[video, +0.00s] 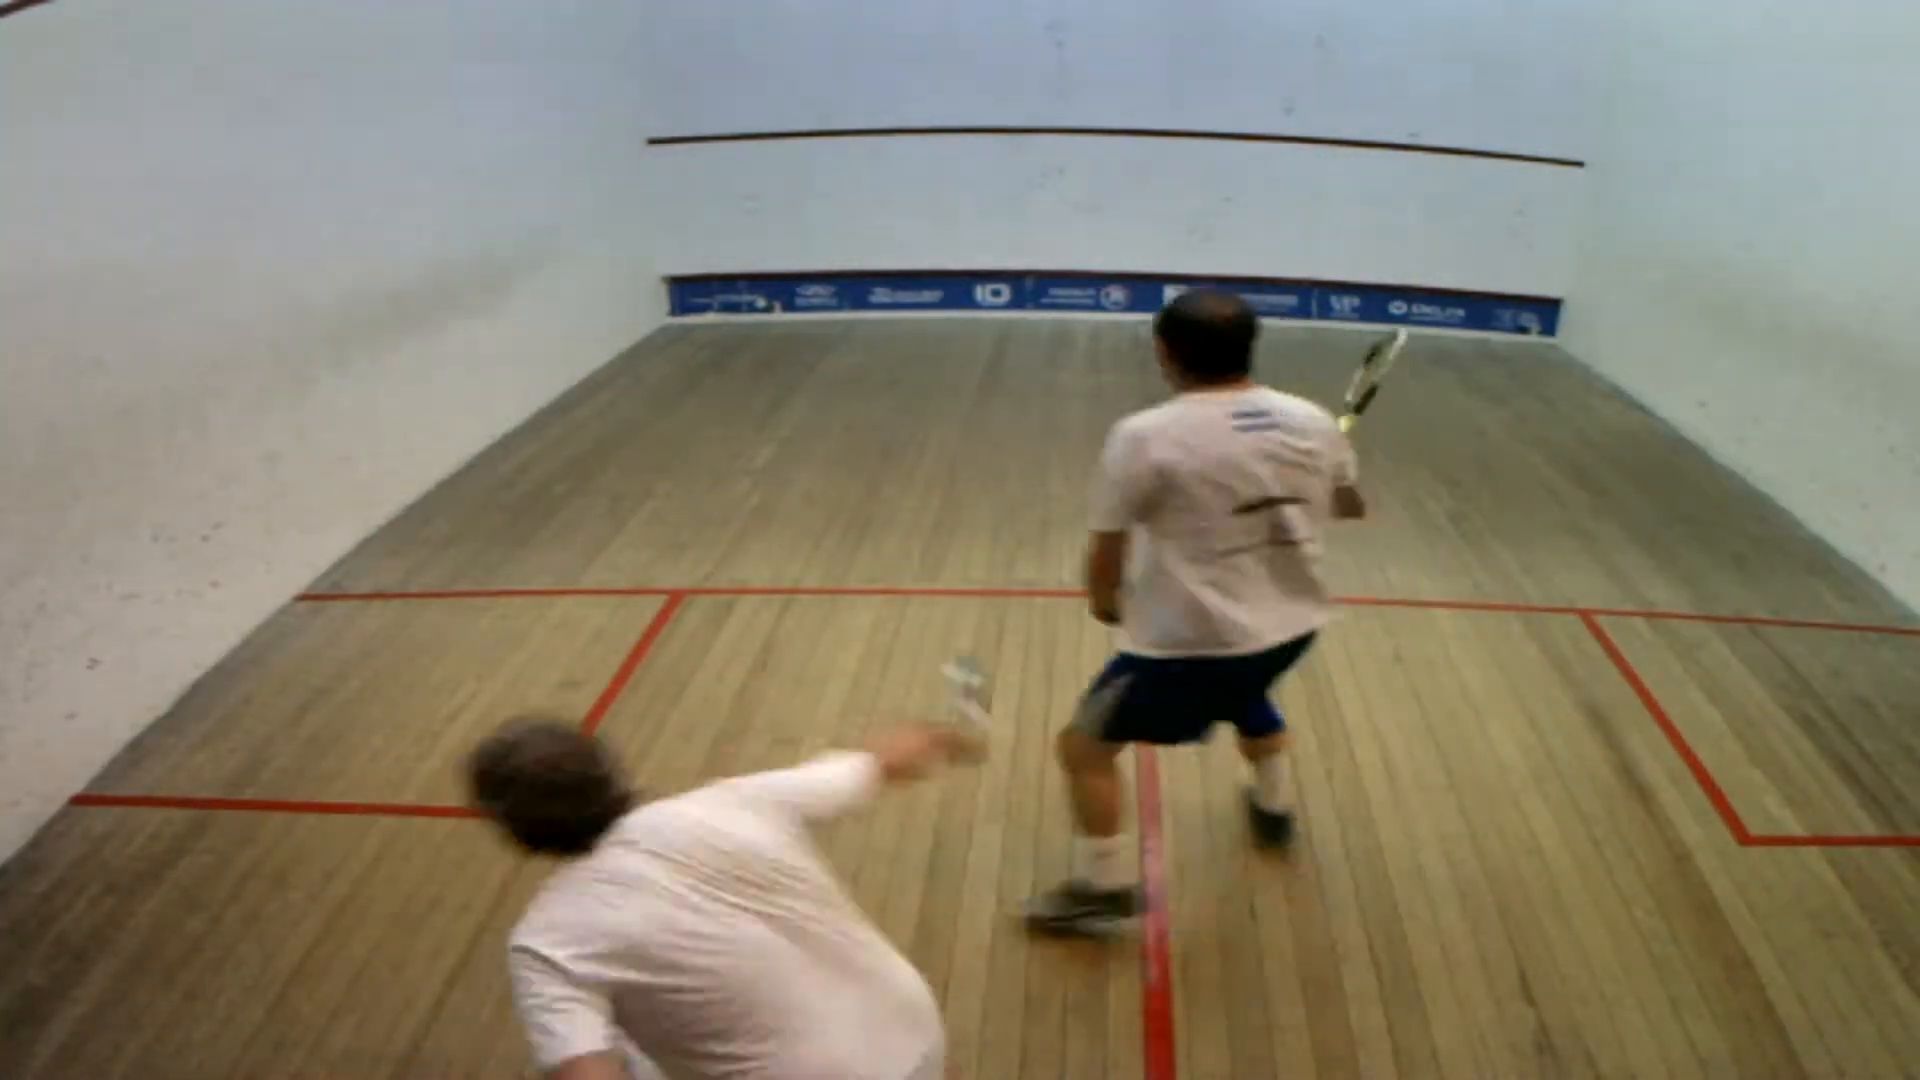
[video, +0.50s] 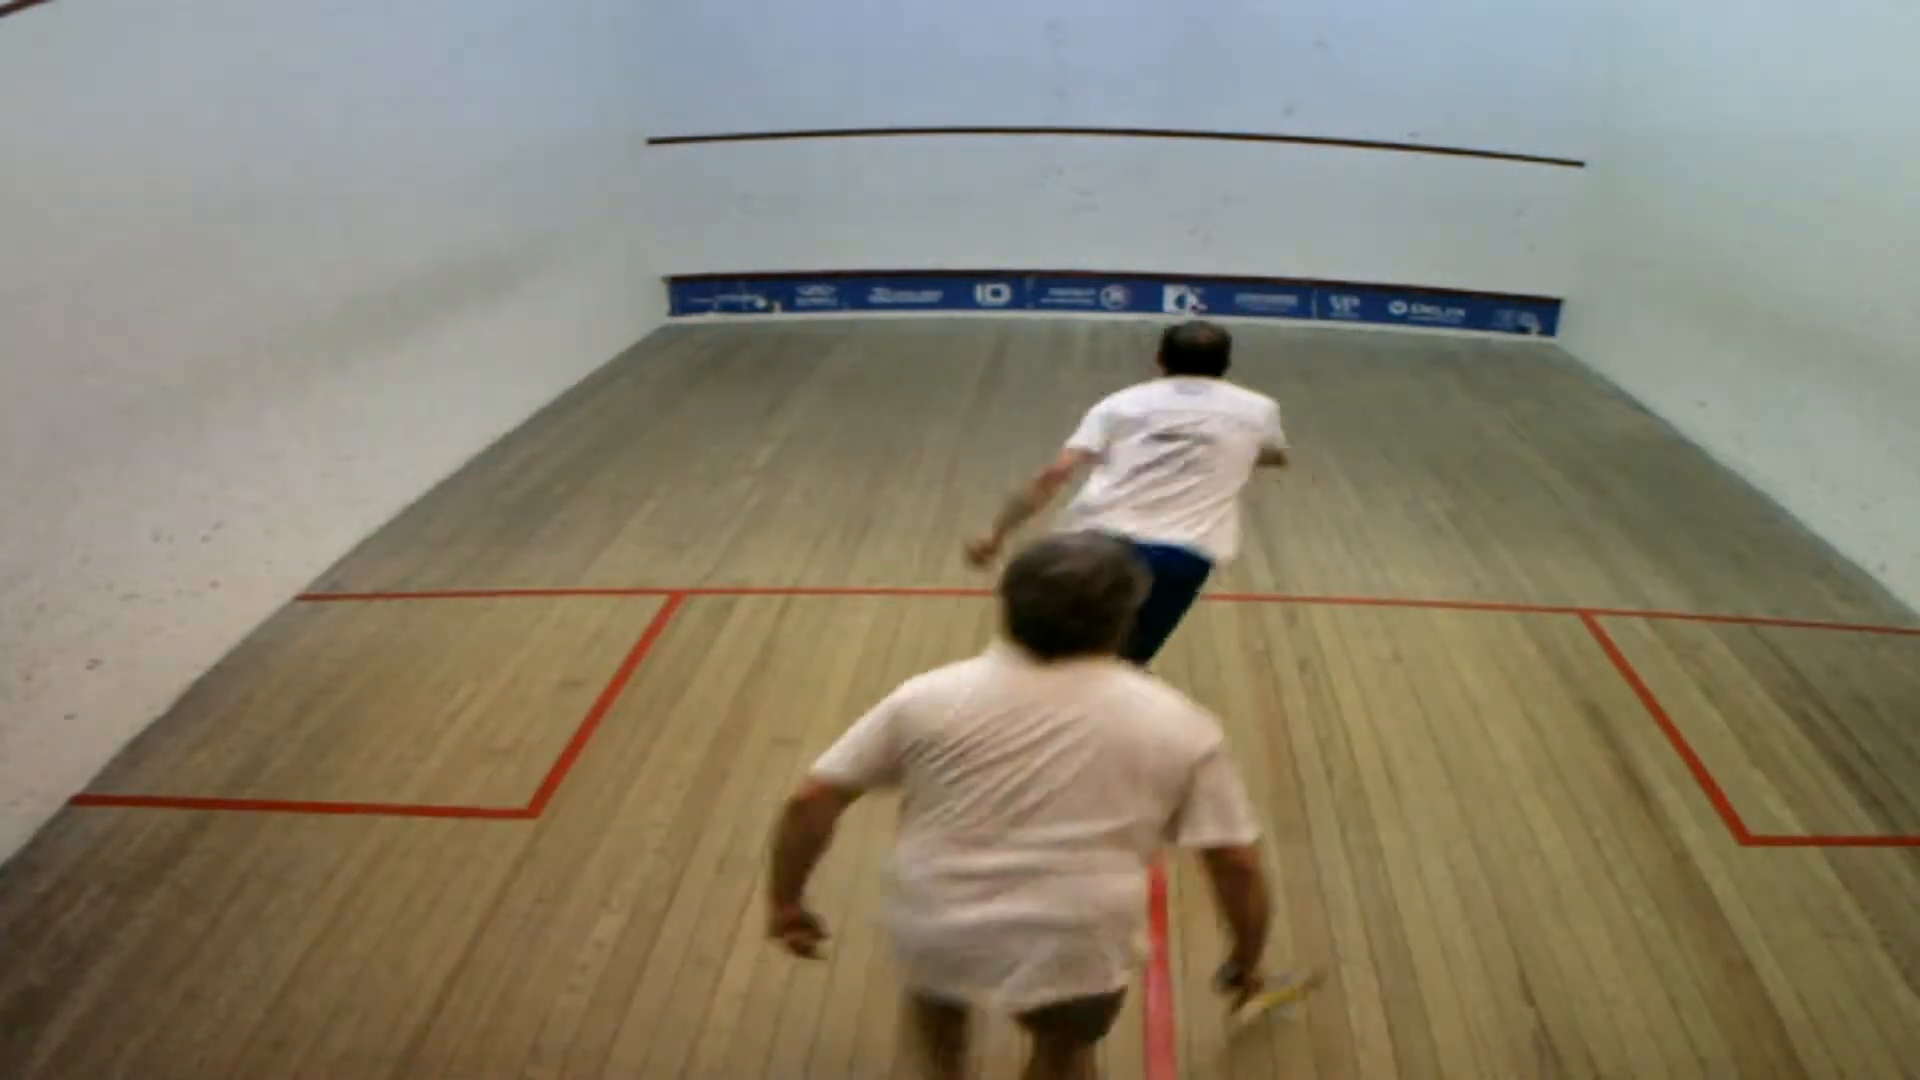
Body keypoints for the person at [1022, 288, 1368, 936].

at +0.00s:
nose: (1157, 356)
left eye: (1159, 347)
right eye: (1160, 346)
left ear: (1170, 357)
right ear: (1247, 351)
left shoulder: (1144, 438)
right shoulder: (1309, 424)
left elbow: (1106, 556)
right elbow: (1349, 505)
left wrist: (1108, 604)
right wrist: (1333, 444)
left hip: (1188, 649)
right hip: (1287, 630)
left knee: (1084, 745)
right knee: (1249, 695)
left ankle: (1105, 884)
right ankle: (1276, 808)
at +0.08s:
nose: (1133, 366)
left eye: (1136, 357)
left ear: (1143, 364)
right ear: (1223, 363)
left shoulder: (1109, 442)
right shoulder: (1278, 437)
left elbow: (1065, 559)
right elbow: (1339, 512)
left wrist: (1087, 595)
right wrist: (1308, 460)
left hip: (1149, 651)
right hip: (1253, 637)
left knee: (1061, 757)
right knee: (1227, 690)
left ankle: (1048, 900)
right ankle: (1240, 785)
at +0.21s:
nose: (1101, 398)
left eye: (1104, 391)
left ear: (1110, 398)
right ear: (1185, 398)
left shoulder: (1075, 458)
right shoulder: (1235, 463)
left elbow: (995, 548)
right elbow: (1297, 546)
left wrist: (978, 558)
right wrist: (1268, 505)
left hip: (1094, 661)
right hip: (1195, 651)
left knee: (1003, 762)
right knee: (1195, 690)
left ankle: (1047, 903)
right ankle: (1215, 774)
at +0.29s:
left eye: (1128, 373)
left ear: (1128, 380)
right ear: (1198, 388)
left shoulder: (1085, 434)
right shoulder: (1236, 452)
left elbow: (1011, 513)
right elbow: (1299, 531)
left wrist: (971, 574)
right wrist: (1254, 516)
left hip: (1069, 614)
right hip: (1166, 620)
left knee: (1025, 734)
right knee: (1156, 681)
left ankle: (1008, 861)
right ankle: (1132, 764)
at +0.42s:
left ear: (1152, 375)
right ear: (1221, 383)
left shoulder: (1108, 420)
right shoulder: (1248, 434)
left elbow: (1062, 490)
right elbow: (1308, 487)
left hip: (1055, 568)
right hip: (1155, 593)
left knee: (1028, 685)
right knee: (1100, 700)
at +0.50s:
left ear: (1162, 361)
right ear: (1223, 367)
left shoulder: (1123, 403)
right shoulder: (1256, 411)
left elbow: (1056, 473)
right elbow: (1276, 458)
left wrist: (996, 535)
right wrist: (1229, 448)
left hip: (1101, 545)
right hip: (1185, 561)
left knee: (1069, 655)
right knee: (1128, 668)